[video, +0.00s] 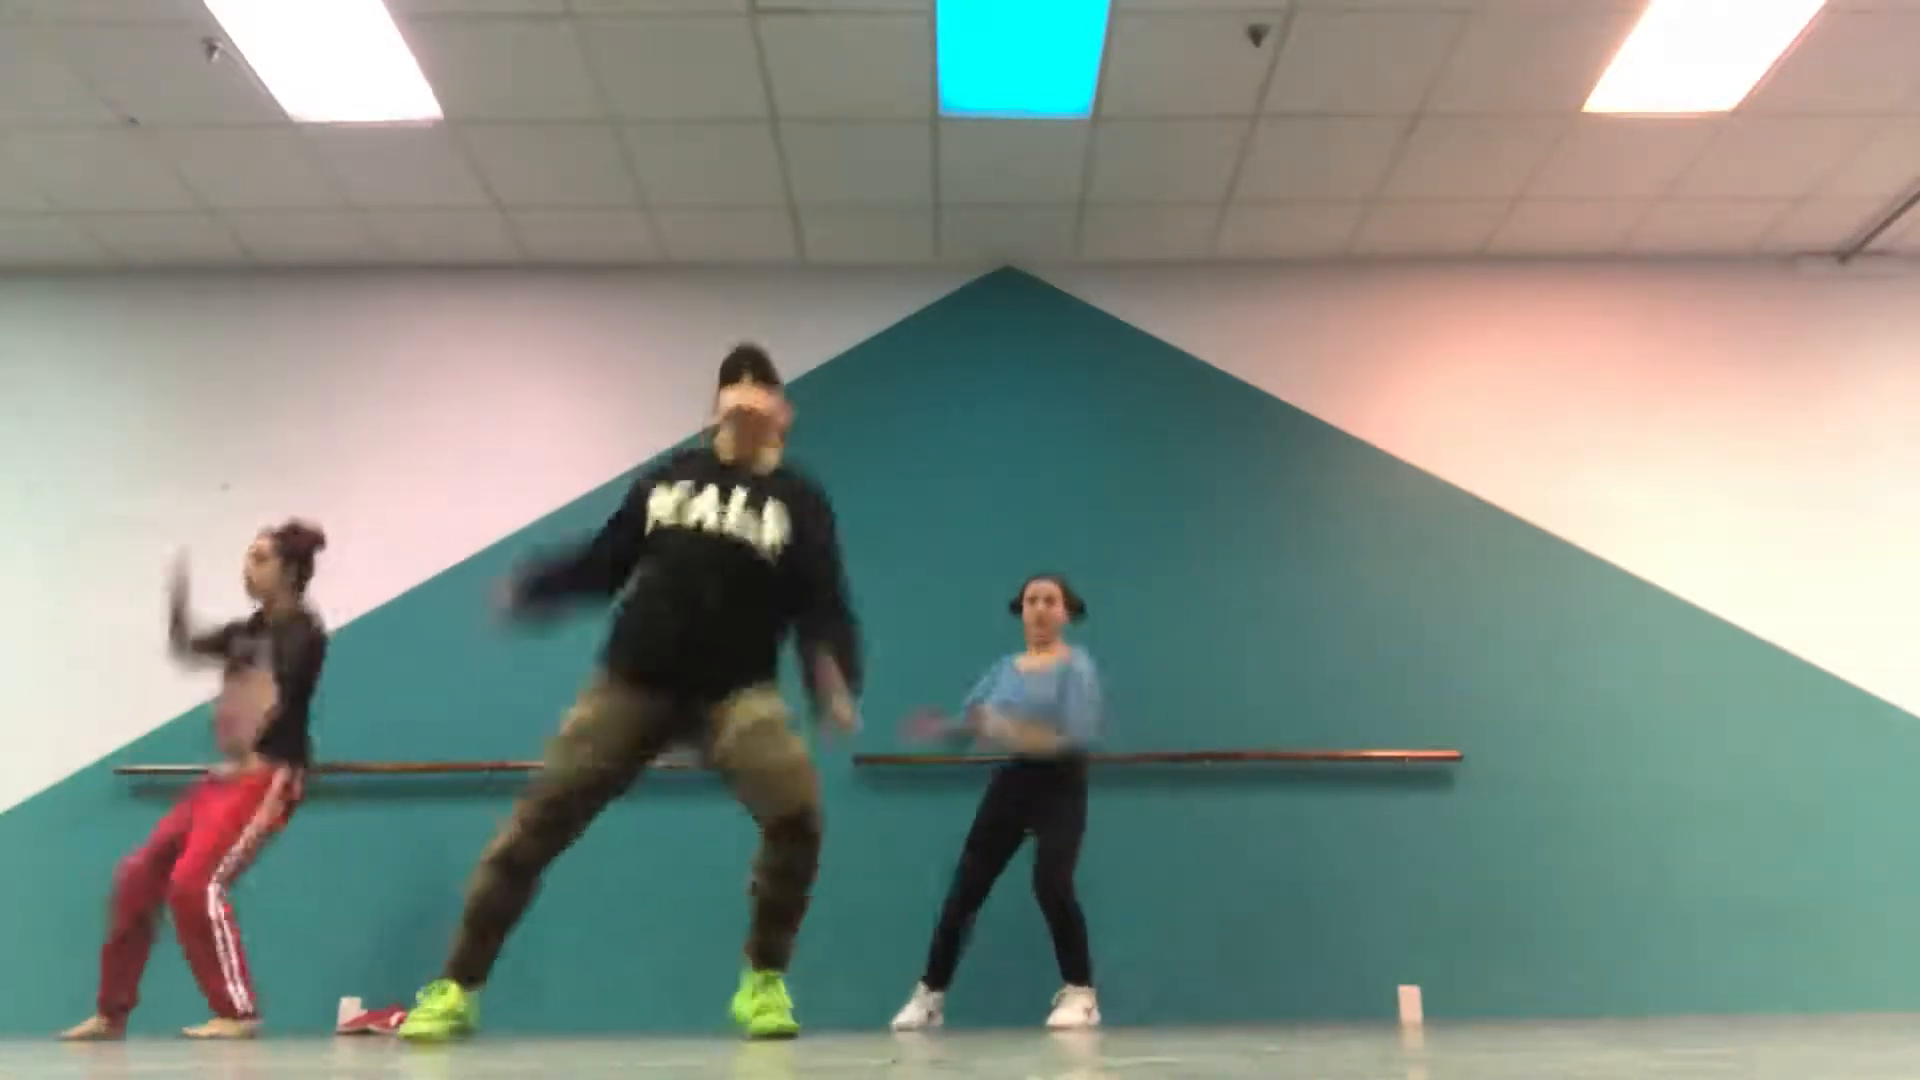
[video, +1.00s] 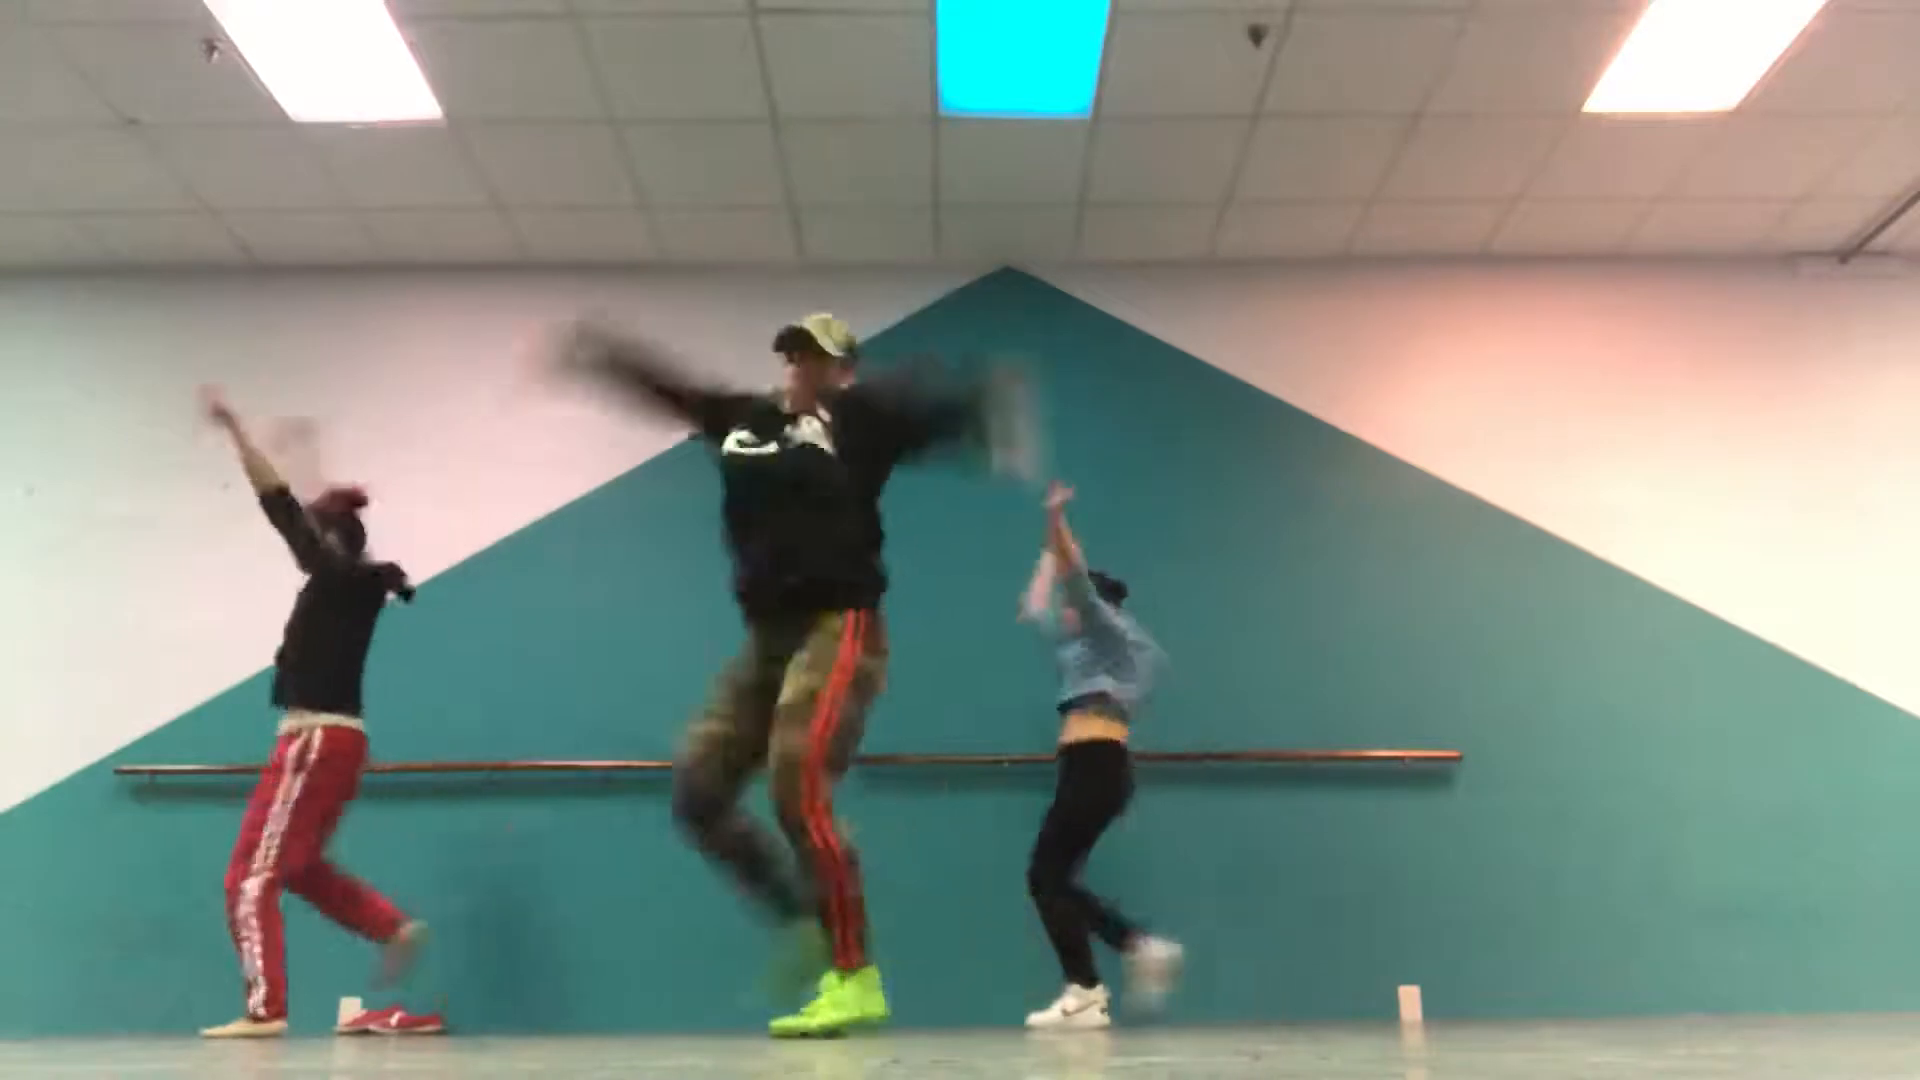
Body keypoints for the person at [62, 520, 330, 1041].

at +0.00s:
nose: (247, 568)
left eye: (259, 559)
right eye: (249, 558)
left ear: (289, 569)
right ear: (266, 569)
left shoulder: (302, 630)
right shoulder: (246, 630)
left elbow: (293, 696)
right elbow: (185, 647)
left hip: (271, 779)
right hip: (227, 776)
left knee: (196, 881)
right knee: (139, 873)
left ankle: (237, 1015)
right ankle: (111, 1016)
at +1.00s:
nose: (306, 537)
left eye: (315, 528)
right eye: (309, 528)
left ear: (330, 533)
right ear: (355, 533)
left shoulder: (339, 575)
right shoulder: (350, 579)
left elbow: (281, 507)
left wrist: (233, 428)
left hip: (314, 742)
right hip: (334, 742)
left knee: (251, 878)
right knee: (298, 866)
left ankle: (264, 1011)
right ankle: (394, 929)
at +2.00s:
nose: (370, 567)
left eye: (381, 560)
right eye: (373, 558)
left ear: (413, 568)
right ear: (414, 570)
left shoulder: (380, 602)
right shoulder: (431, 619)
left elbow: (318, 641)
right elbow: (413, 717)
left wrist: (283, 701)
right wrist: (346, 746)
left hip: (389, 770)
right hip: (426, 772)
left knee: (263, 839)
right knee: (373, 899)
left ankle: (283, 959)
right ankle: (420, 1009)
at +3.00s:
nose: (316, 535)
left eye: (325, 526)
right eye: (318, 525)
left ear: (357, 531)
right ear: (365, 534)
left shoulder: (336, 574)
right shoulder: (392, 584)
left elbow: (275, 615)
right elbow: (406, 664)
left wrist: (226, 669)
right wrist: (401, 733)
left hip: (337, 727)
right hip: (362, 730)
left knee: (350, 859)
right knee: (241, 829)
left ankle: (411, 997)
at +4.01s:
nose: (318, 533)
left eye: (316, 524)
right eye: (307, 522)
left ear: (280, 532)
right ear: (274, 529)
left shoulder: (283, 588)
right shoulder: (263, 581)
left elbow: (298, 675)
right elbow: (281, 676)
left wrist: (323, 713)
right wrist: (325, 719)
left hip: (259, 751)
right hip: (224, 744)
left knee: (289, 876)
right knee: (214, 873)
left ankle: (233, 1009)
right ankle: (141, 1013)